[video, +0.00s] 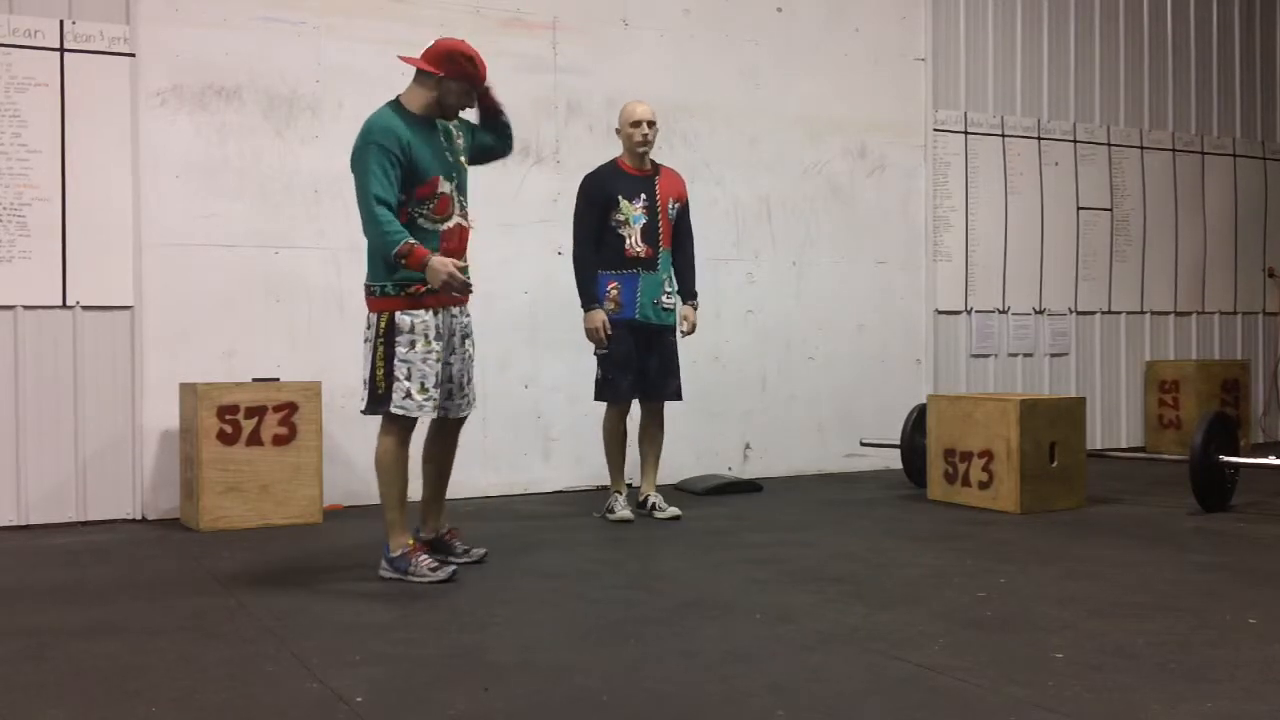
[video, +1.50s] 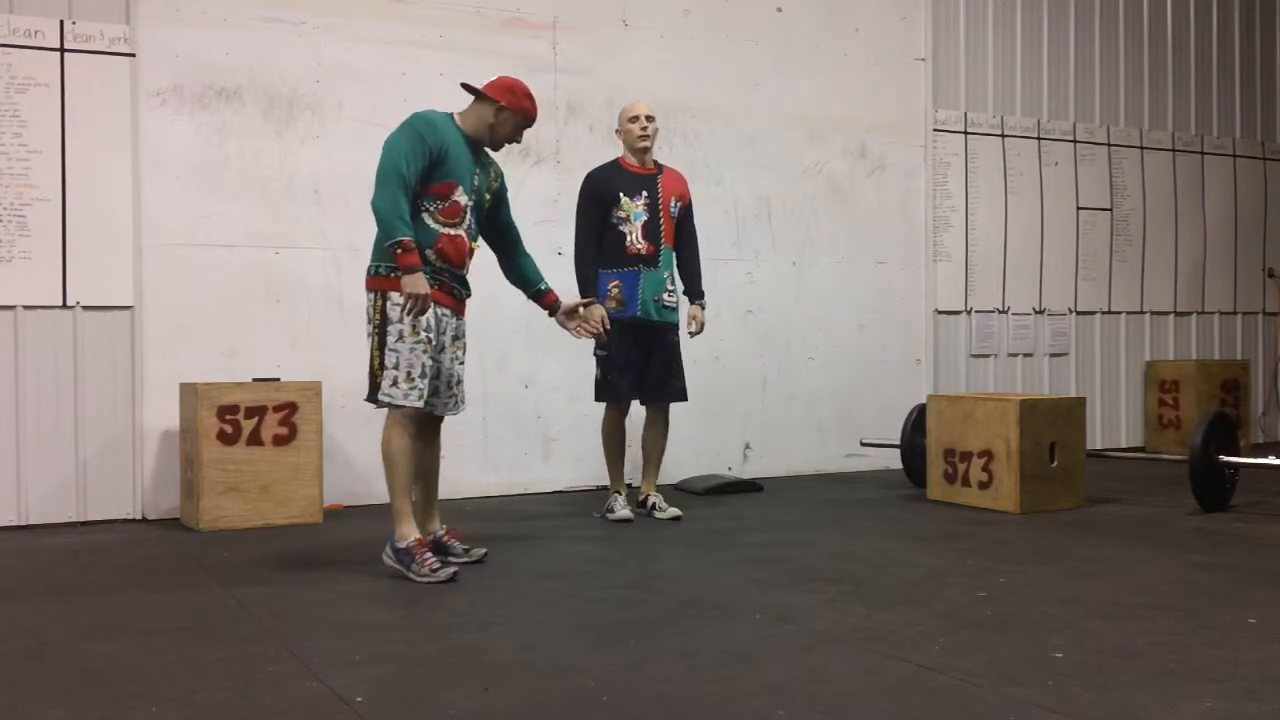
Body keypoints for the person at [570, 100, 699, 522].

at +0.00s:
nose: (644, 131)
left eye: (650, 124)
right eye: (636, 125)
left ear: (657, 131)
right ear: (620, 132)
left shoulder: (672, 182)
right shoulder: (597, 182)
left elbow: (683, 246)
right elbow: (583, 249)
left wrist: (689, 299)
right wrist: (590, 306)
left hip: (660, 312)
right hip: (615, 312)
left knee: (654, 403)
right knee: (618, 404)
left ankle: (648, 491)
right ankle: (618, 492)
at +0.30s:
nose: (644, 125)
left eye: (649, 119)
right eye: (635, 119)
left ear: (656, 128)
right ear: (618, 129)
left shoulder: (671, 183)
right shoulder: (598, 180)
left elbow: (685, 247)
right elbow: (585, 246)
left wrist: (692, 301)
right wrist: (596, 302)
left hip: (662, 310)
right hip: (618, 310)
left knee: (655, 403)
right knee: (616, 403)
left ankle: (648, 491)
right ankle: (617, 492)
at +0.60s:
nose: (645, 125)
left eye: (649, 119)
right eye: (636, 119)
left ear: (656, 129)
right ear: (618, 130)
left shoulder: (673, 183)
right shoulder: (599, 182)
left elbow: (686, 244)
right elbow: (586, 248)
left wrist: (692, 294)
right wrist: (595, 302)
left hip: (663, 310)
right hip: (618, 310)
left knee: (657, 403)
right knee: (617, 403)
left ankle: (649, 491)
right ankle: (617, 493)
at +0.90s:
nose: (646, 125)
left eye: (651, 119)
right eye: (637, 119)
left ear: (658, 129)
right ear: (619, 131)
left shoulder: (674, 182)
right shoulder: (600, 181)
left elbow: (688, 245)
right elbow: (586, 247)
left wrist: (698, 297)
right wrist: (592, 305)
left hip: (661, 311)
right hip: (616, 311)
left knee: (654, 403)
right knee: (617, 402)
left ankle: (649, 491)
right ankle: (617, 493)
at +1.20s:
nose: (646, 126)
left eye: (651, 120)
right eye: (637, 120)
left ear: (658, 130)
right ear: (620, 131)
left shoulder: (675, 182)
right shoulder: (600, 181)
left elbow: (687, 247)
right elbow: (585, 247)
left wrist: (697, 300)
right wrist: (590, 304)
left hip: (661, 313)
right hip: (615, 313)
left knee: (655, 404)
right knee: (618, 404)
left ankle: (648, 492)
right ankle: (617, 493)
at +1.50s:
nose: (644, 126)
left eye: (649, 120)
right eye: (635, 120)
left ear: (658, 129)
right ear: (620, 131)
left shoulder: (675, 182)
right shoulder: (599, 181)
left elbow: (687, 246)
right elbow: (585, 246)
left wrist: (696, 299)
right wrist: (589, 302)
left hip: (661, 313)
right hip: (615, 313)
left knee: (658, 405)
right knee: (617, 404)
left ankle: (649, 492)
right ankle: (617, 493)